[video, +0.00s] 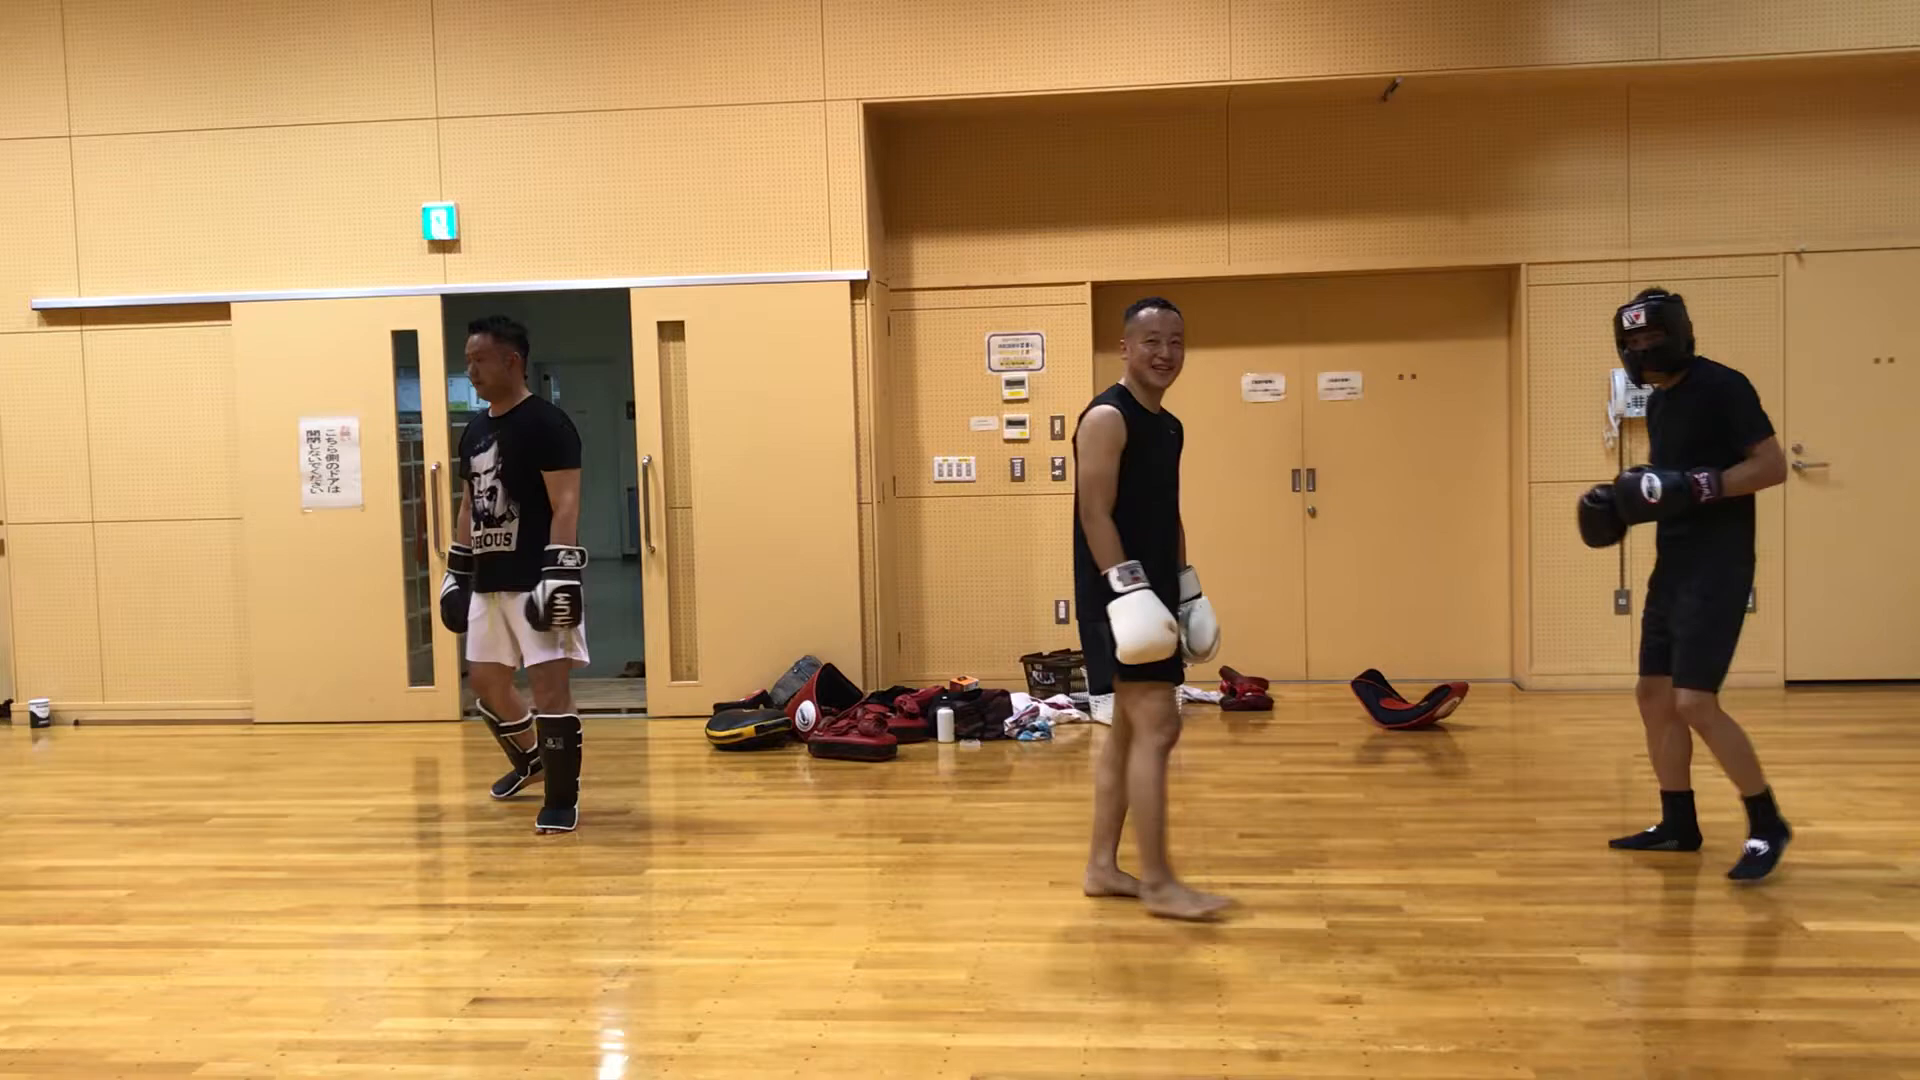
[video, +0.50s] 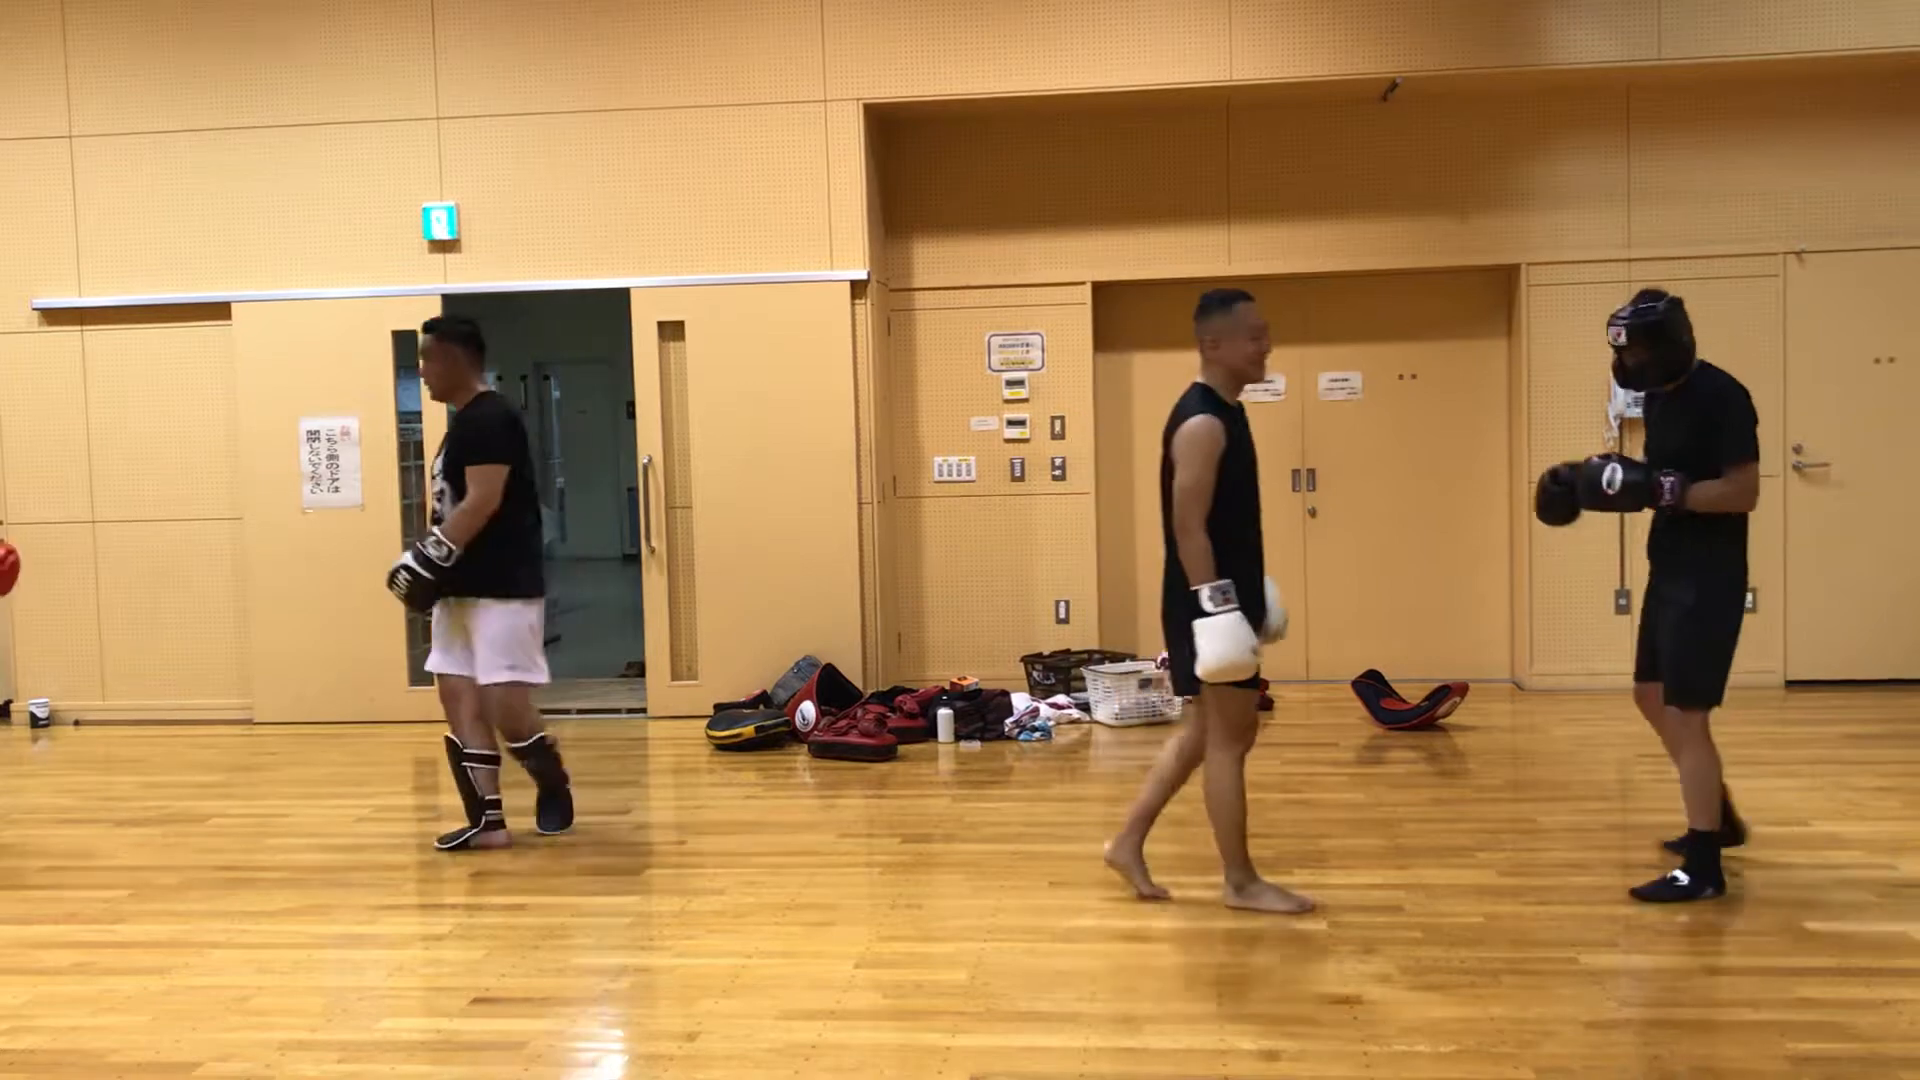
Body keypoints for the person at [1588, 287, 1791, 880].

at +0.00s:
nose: (1643, 359)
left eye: (1653, 345)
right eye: (1634, 349)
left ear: (1681, 337)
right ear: (1627, 352)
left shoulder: (1725, 387)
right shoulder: (1658, 400)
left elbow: (1772, 465)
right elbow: (1669, 475)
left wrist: (1697, 486)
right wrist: (1621, 500)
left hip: (1720, 566)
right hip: (1673, 564)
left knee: (1695, 700)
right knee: (1655, 695)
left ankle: (1768, 827)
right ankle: (1678, 826)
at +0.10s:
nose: (1639, 359)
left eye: (1648, 345)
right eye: (1630, 349)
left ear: (1675, 337)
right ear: (1622, 350)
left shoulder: (1720, 387)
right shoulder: (1648, 399)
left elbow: (1765, 466)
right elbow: (1653, 472)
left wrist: (1690, 482)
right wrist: (1612, 490)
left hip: (1713, 564)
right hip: (1667, 562)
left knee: (1690, 699)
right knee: (1651, 692)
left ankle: (1746, 839)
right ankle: (1678, 825)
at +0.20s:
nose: (1639, 353)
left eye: (1649, 340)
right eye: (1629, 344)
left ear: (1674, 336)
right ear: (1619, 346)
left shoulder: (1716, 390)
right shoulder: (1640, 402)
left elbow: (1759, 473)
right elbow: (1643, 475)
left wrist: (1682, 486)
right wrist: (1601, 488)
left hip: (1707, 565)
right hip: (1661, 564)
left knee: (1691, 703)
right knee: (1649, 694)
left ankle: (1713, 857)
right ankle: (1679, 822)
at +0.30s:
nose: (1636, 358)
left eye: (1646, 345)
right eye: (1627, 348)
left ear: (1674, 339)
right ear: (1618, 348)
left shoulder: (1717, 397)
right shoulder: (1640, 404)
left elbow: (1753, 485)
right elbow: (1640, 478)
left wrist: (1681, 494)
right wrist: (1598, 490)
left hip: (1702, 570)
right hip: (1657, 567)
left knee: (1681, 707)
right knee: (1645, 697)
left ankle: (1703, 865)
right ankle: (1676, 823)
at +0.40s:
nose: (1631, 356)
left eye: (1642, 343)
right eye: (1624, 346)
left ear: (1672, 340)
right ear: (1620, 348)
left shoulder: (1718, 399)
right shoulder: (1652, 403)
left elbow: (1749, 492)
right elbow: (1660, 482)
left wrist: (1673, 498)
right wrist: (1609, 492)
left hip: (1705, 578)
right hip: (1663, 573)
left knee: (1681, 711)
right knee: (1652, 697)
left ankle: (1704, 869)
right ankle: (1678, 822)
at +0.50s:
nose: (1619, 360)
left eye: (1628, 349)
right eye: (1618, 349)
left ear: (1663, 348)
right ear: (1642, 352)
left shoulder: (1722, 398)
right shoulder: (1659, 398)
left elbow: (1744, 493)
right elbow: (1659, 476)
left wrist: (1663, 490)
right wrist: (1595, 481)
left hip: (1709, 579)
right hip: (1670, 575)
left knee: (1686, 714)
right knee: (1651, 695)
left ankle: (1702, 868)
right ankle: (1720, 819)